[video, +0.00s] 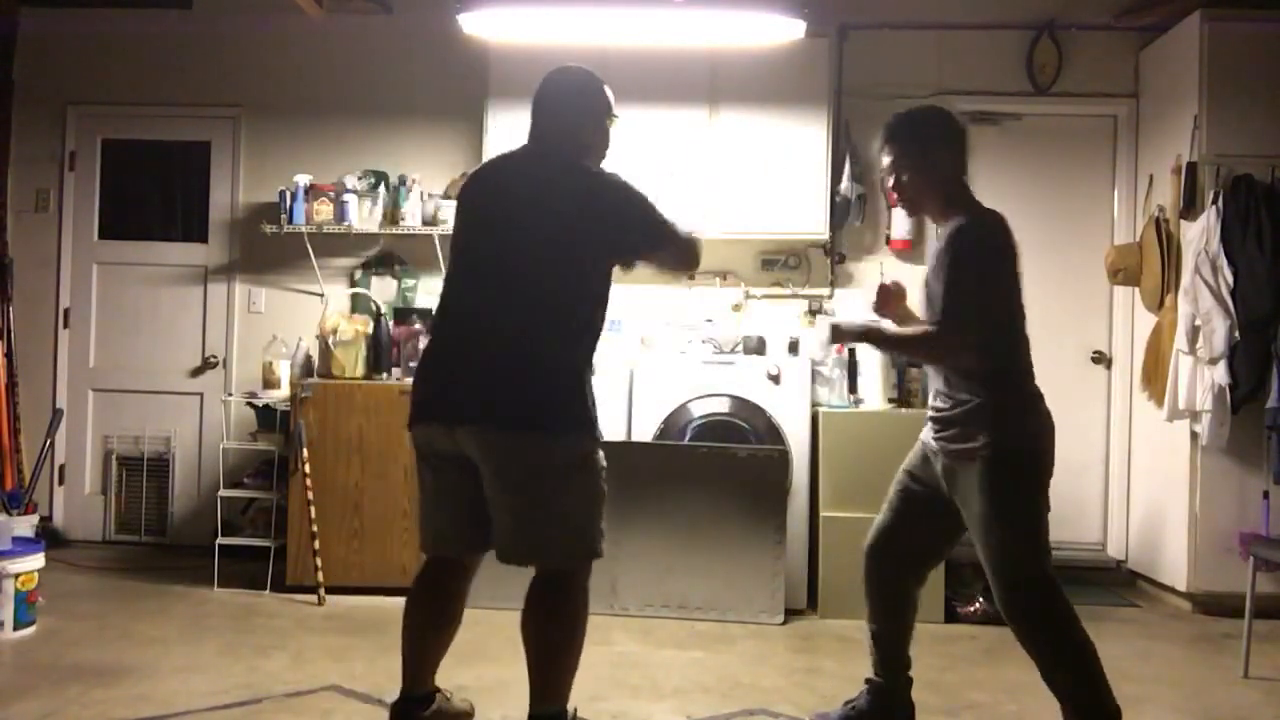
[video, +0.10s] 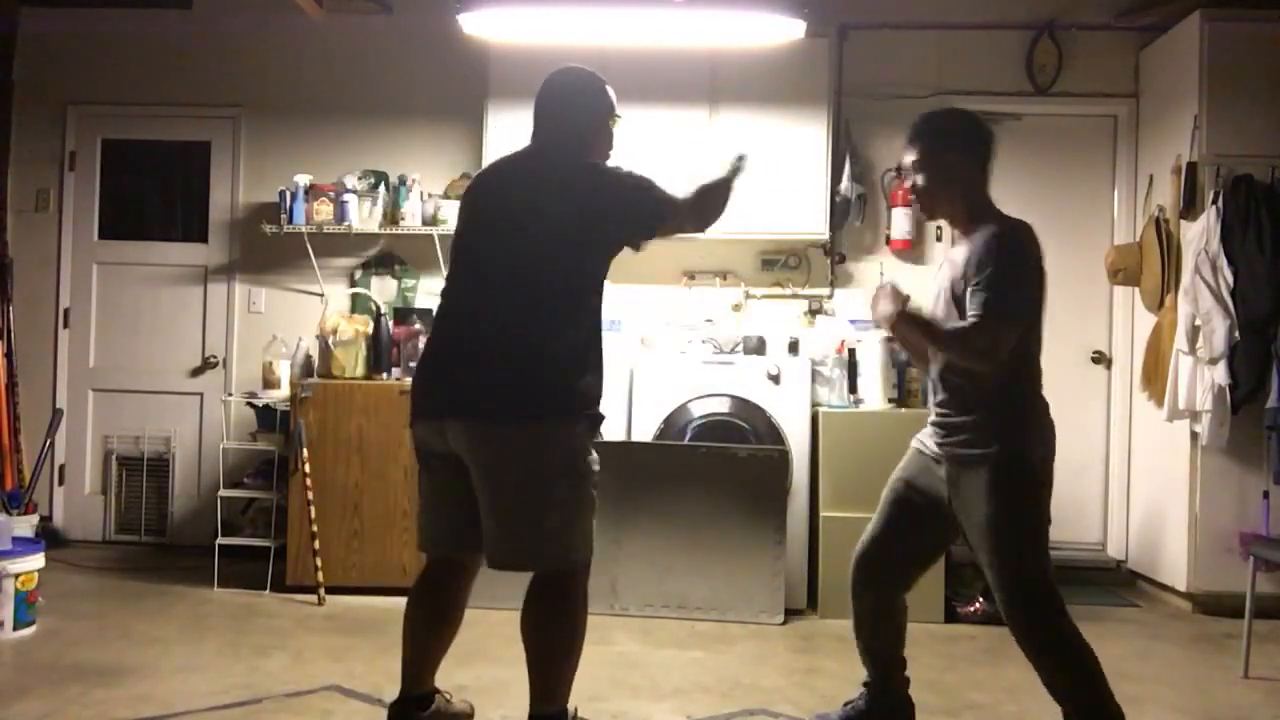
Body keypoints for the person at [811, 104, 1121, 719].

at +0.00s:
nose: (888, 185)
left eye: (898, 169)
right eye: (886, 172)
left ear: (939, 164)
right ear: (932, 171)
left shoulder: (975, 235)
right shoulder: (950, 236)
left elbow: (960, 347)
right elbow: (958, 334)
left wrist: (872, 337)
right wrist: (906, 314)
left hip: (998, 443)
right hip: (945, 438)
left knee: (1026, 598)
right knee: (887, 559)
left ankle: (1097, 715)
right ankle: (889, 695)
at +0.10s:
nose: (904, 183)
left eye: (914, 168)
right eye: (903, 170)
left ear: (959, 166)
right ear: (948, 169)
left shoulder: (1006, 241)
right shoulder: (957, 249)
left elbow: (986, 350)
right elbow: (950, 354)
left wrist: (906, 318)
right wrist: (904, 331)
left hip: (999, 455)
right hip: (940, 446)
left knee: (1033, 617)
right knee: (873, 574)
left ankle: (1101, 717)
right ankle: (886, 698)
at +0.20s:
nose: (929, 179)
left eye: (941, 163)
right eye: (928, 165)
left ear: (986, 164)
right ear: (976, 169)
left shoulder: (1005, 247)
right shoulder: (971, 248)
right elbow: (933, 338)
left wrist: (857, 235)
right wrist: (902, 287)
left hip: (996, 451)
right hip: (949, 444)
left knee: (1019, 614)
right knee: (876, 565)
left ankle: (1102, 719)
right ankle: (886, 697)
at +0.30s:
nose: (941, 171)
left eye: (952, 156)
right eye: (942, 157)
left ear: (997, 157)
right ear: (1003, 162)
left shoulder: (952, 244)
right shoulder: (1042, 246)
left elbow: (846, 240)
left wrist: (797, 233)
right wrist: (880, 240)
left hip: (981, 448)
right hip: (955, 443)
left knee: (1004, 612)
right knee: (880, 562)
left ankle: (1097, 719)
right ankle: (886, 697)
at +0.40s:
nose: (939, 164)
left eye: (951, 149)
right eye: (940, 149)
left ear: (996, 154)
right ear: (1007, 158)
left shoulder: (953, 246)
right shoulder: (1051, 245)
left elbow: (865, 319)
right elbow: (1021, 349)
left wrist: (804, 315)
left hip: (964, 444)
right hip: (988, 438)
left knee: (1000, 612)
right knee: (883, 554)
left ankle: (1094, 718)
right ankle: (885, 697)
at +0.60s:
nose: (920, 176)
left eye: (931, 161)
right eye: (918, 164)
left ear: (977, 162)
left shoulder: (1012, 235)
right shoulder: (966, 251)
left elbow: (1006, 335)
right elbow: (958, 339)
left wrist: (929, 323)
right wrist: (911, 338)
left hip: (995, 455)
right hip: (940, 446)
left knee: (1022, 616)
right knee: (860, 555)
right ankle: (881, 695)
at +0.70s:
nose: (907, 179)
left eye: (920, 165)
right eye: (905, 168)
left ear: (964, 166)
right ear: (913, 173)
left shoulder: (1030, 236)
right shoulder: (913, 264)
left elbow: (1054, 311)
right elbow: (835, 280)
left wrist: (960, 281)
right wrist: (807, 206)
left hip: (1012, 449)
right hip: (930, 444)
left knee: (1038, 608)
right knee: (861, 571)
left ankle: (1107, 718)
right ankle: (874, 688)